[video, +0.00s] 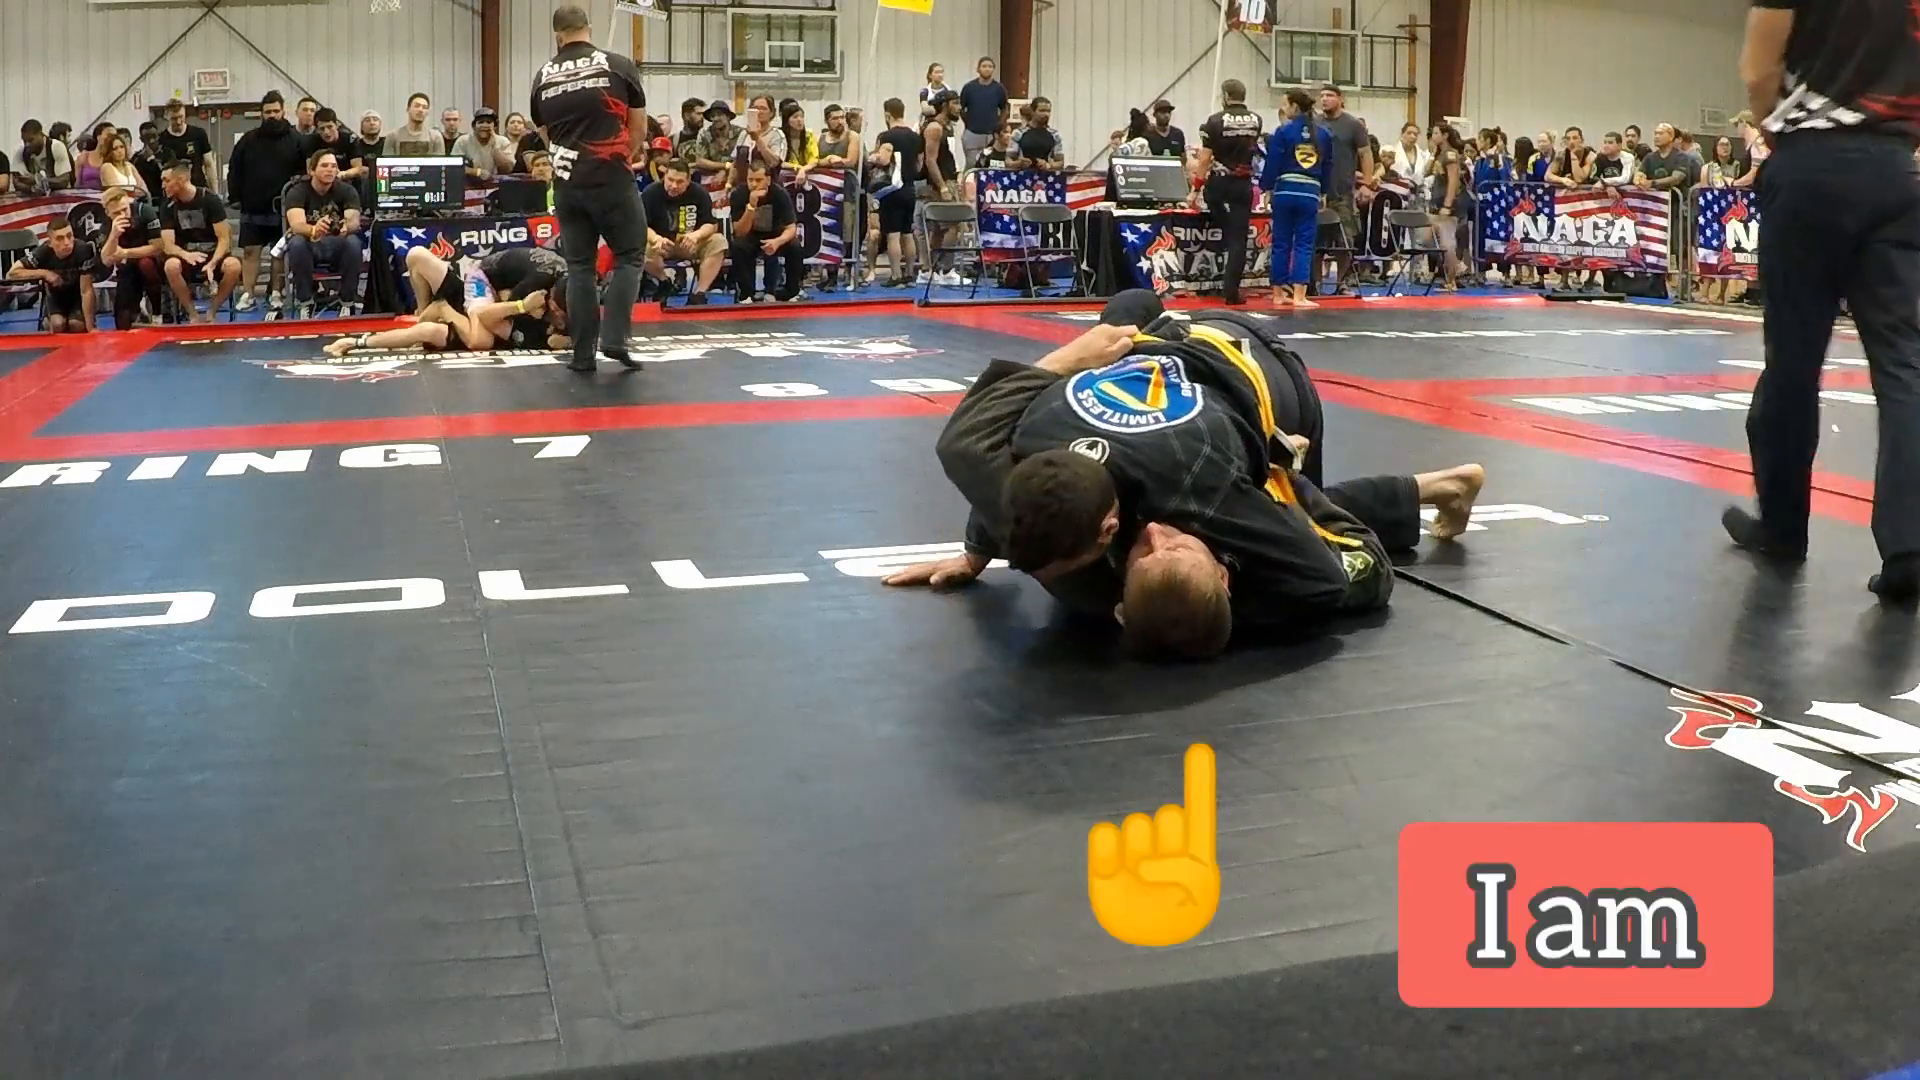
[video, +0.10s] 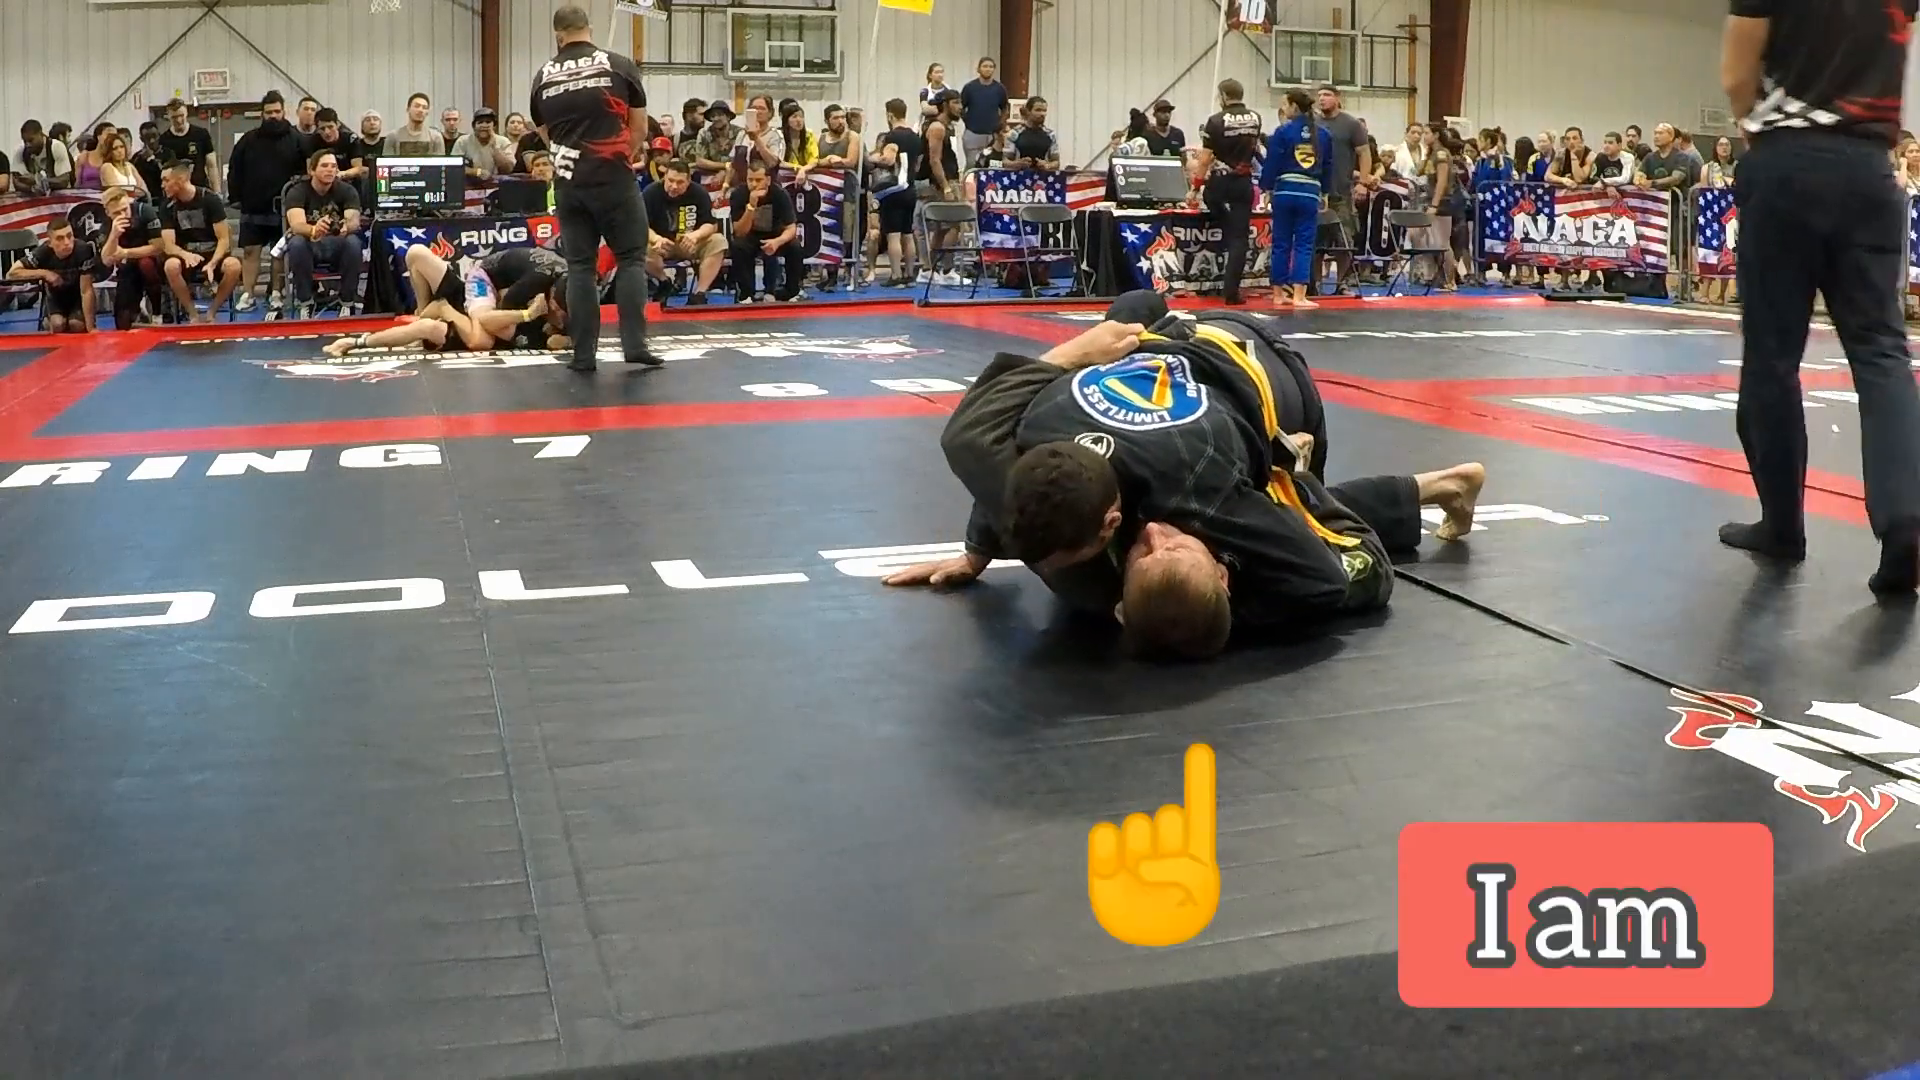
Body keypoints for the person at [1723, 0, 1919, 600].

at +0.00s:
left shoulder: (1787, 3)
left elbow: (1760, 72)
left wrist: (1767, 125)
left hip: (1809, 161)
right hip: (1896, 163)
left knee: (1792, 363)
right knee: (1903, 367)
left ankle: (1782, 528)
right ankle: (1905, 554)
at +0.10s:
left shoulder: (1763, 0)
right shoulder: (1894, 8)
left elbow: (1738, 74)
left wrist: (1763, 130)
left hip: (1783, 161)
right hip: (1869, 165)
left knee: (1771, 356)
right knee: (1882, 351)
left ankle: (1781, 527)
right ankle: (1903, 528)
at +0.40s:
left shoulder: (1708, 2)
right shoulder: (1842, 4)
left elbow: (1684, 70)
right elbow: (1836, 58)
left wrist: (1713, 129)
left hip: (1735, 157)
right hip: (1810, 161)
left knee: (1744, 348)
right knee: (1809, 336)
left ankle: (1777, 522)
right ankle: (1826, 505)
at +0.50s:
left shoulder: (1704, 4)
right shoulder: (1825, 8)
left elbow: (1674, 75)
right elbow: (1813, 67)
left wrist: (1675, 128)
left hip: (1726, 158)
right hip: (1794, 162)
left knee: (1739, 345)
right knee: (1779, 331)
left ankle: (1775, 523)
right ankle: (1774, 481)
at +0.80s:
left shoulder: (1683, 3)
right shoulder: (1745, 11)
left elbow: (1652, 70)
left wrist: (1605, 174)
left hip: (1684, 158)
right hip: (1727, 158)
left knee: (1686, 330)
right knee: (1690, 329)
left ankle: (1766, 488)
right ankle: (1677, 488)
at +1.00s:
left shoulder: (1657, 3)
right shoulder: (1685, 12)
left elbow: (1648, 62)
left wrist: (1605, 160)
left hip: (1655, 156)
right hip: (1687, 158)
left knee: (1604, 315)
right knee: (1669, 321)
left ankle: (1701, 438)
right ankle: (1677, 483)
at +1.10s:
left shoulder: (1643, 5)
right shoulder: (1661, 13)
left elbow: (1643, 64)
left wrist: (1604, 165)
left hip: (1636, 153)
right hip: (1666, 155)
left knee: (1568, 305)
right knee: (1656, 324)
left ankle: (1647, 454)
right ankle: (1677, 474)